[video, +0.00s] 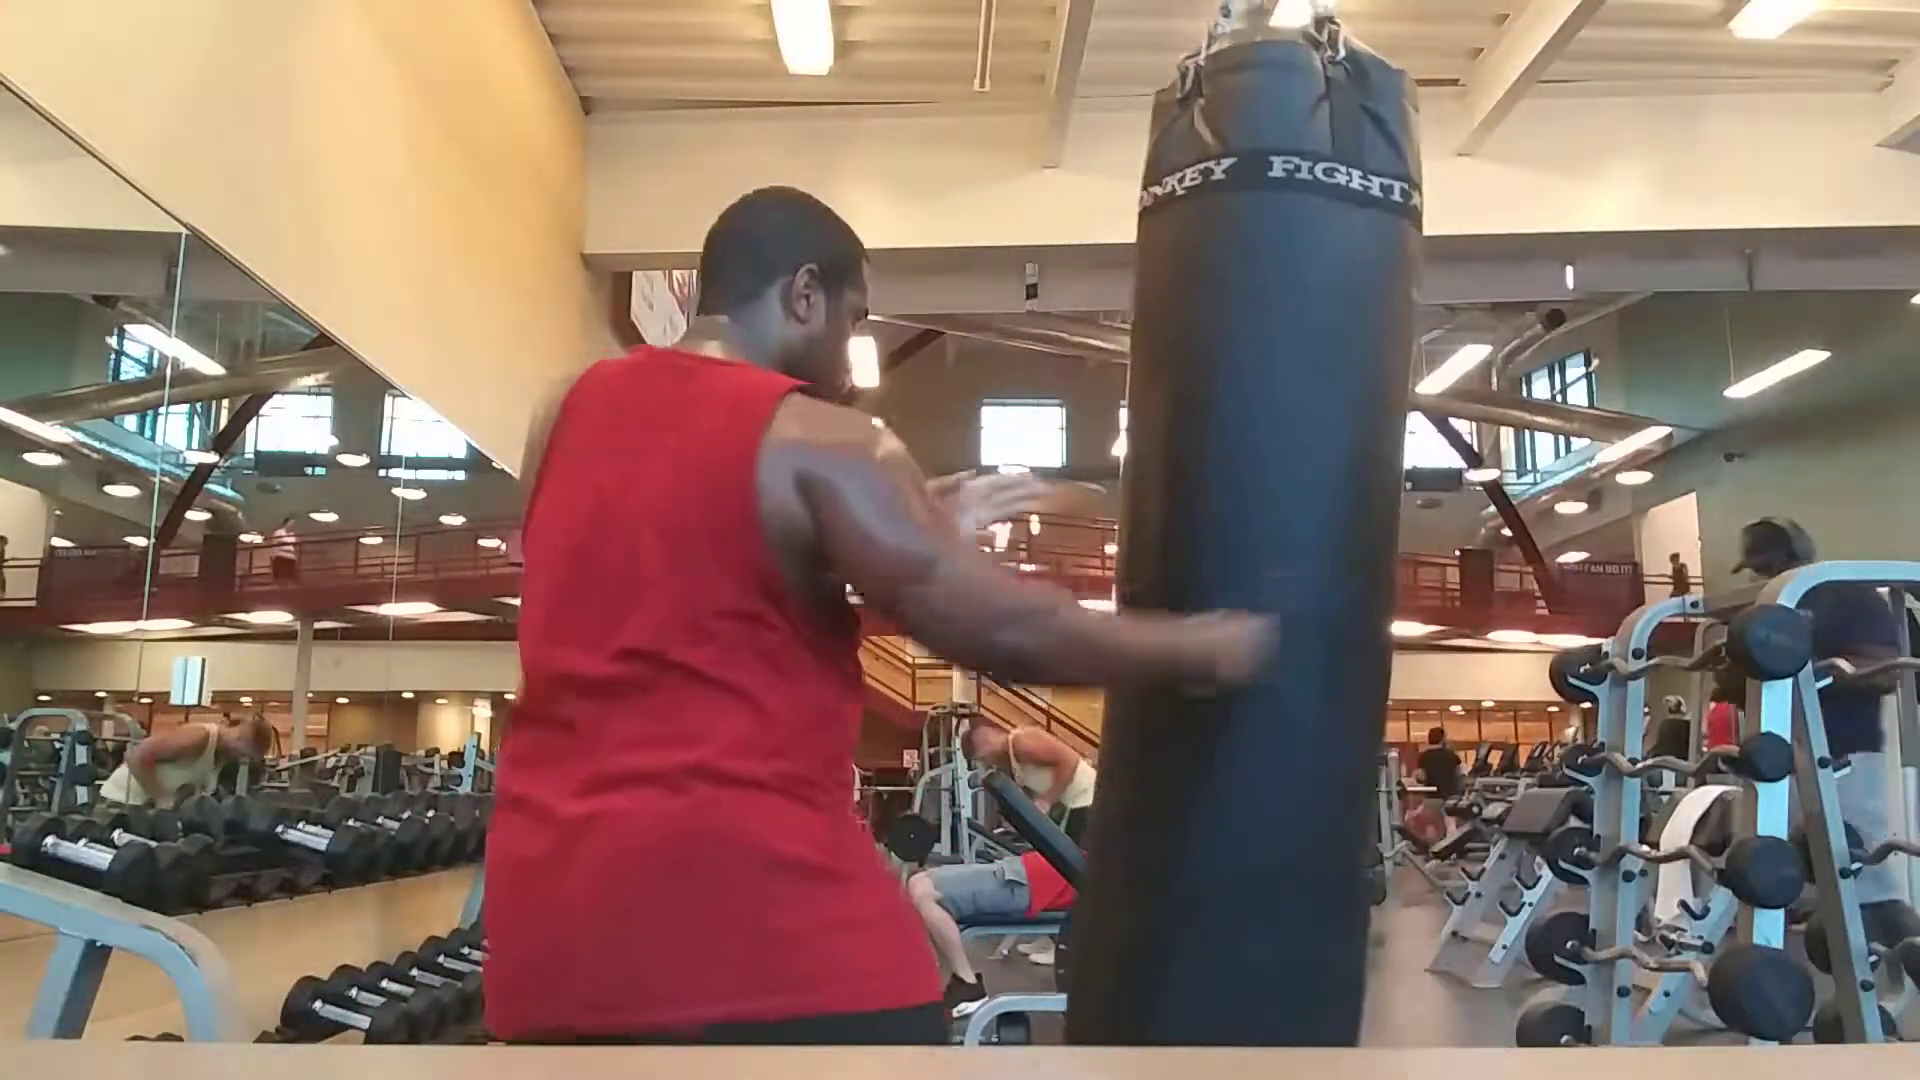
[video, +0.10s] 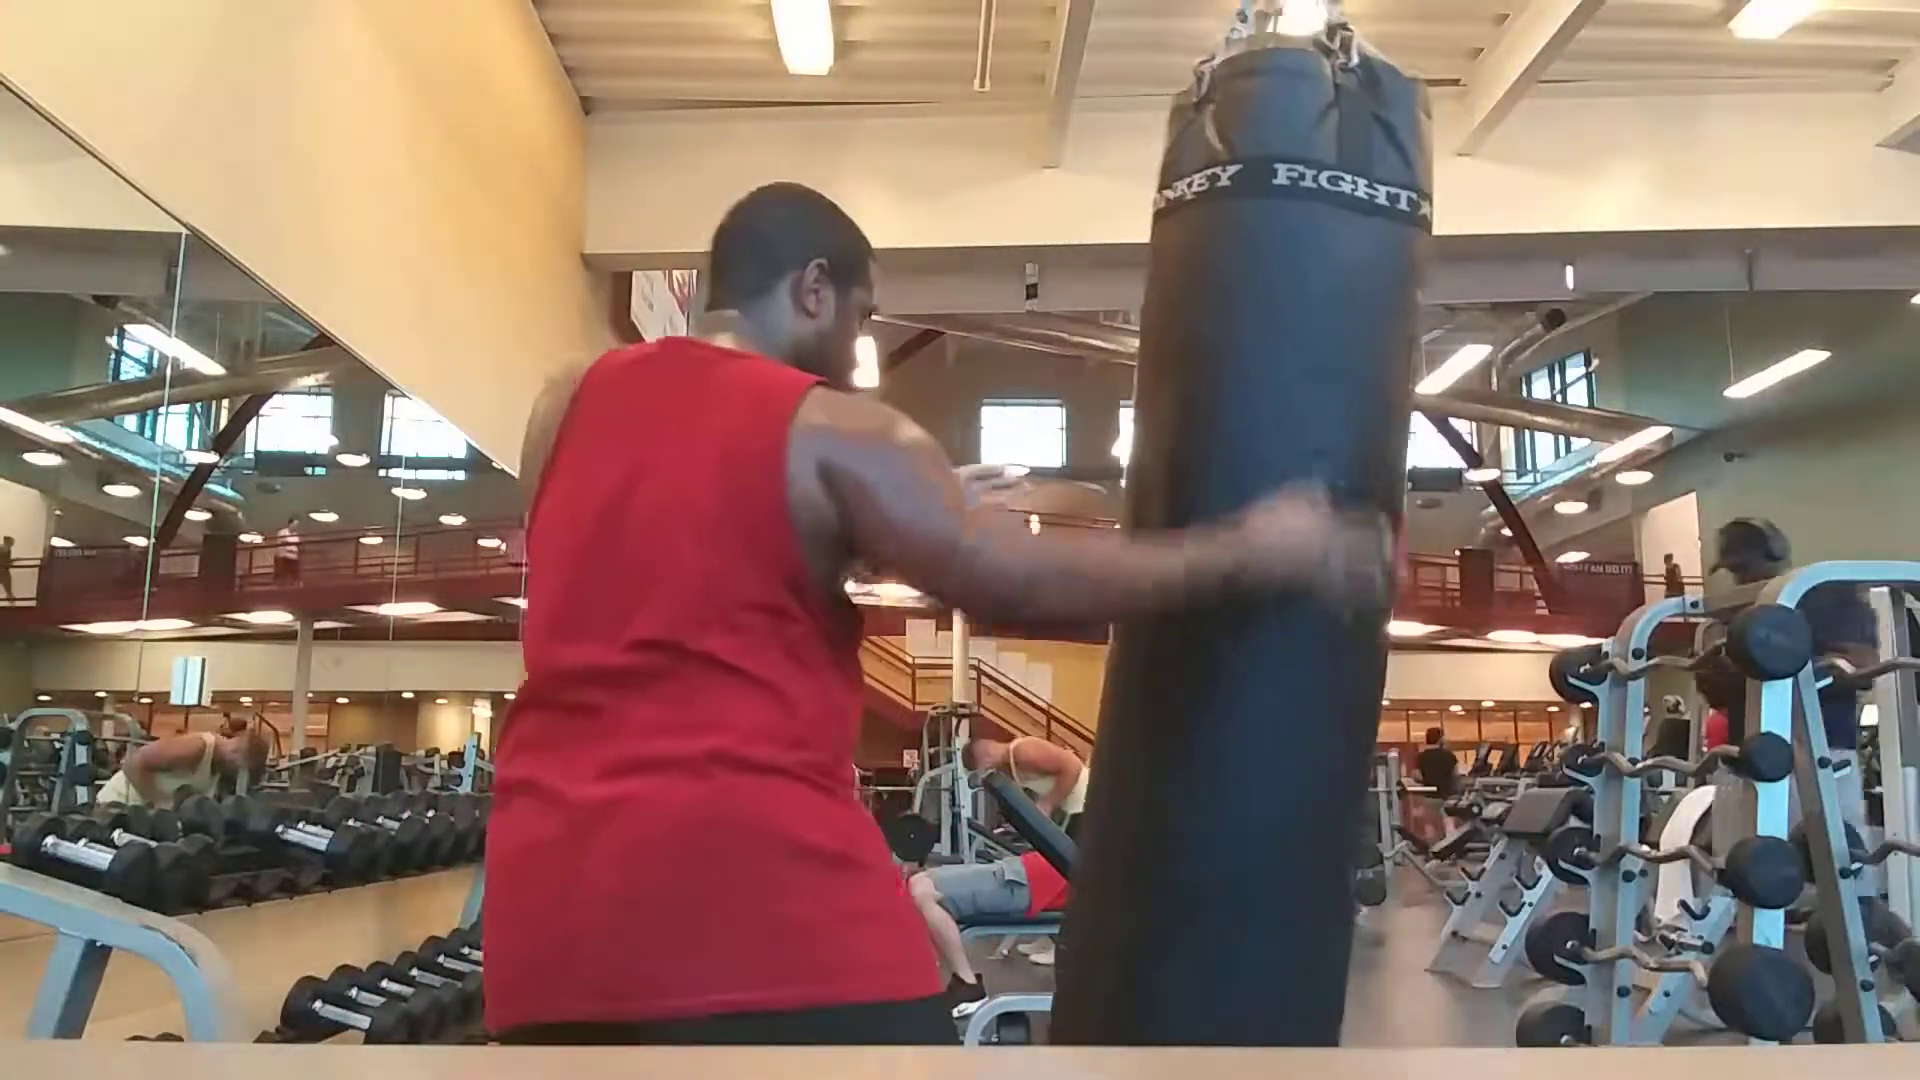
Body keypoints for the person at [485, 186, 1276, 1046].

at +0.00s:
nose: (851, 351)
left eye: (856, 325)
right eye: (853, 320)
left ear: (706, 293)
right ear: (805, 294)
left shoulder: (566, 410)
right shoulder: (820, 437)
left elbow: (706, 536)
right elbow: (1001, 630)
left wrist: (906, 515)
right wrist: (1200, 645)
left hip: (547, 900)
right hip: (758, 886)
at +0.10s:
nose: (865, 341)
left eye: (867, 318)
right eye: (864, 313)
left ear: (705, 292)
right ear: (814, 291)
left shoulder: (567, 399)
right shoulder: (836, 424)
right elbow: (1018, 580)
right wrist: (1246, 548)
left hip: (548, 903)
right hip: (768, 890)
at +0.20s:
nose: (884, 343)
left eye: (889, 324)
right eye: (884, 321)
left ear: (740, 293)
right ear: (836, 294)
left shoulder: (592, 403)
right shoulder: (859, 419)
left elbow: (562, 552)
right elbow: (1074, 550)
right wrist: (1224, 483)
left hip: (560, 896)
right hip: (787, 890)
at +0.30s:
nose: (922, 354)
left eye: (928, 332)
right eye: (924, 326)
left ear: (789, 294)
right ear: (875, 299)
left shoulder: (621, 420)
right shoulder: (908, 435)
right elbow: (1084, 599)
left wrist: (1015, 510)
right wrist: (1216, 498)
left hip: (602, 905)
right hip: (832, 891)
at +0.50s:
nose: (1032, 354)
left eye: (1040, 335)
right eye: (1035, 332)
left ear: (893, 302)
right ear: (987, 301)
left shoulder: (749, 422)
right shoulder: (1002, 415)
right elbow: (1163, 593)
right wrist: (1216, 521)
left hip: (729, 866)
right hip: (946, 860)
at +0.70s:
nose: (1055, 372)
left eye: (1061, 349)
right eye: (1054, 345)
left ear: (911, 326)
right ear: (1005, 321)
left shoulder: (776, 454)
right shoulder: (1032, 434)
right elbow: (1273, 587)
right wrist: (1302, 528)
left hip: (780, 923)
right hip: (1013, 909)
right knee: (1224, 1061)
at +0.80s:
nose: (1085, 365)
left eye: (1090, 343)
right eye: (1084, 341)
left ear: (950, 330)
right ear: (1045, 330)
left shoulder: (821, 462)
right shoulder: (1098, 456)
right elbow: (1310, 627)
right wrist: (1321, 537)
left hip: (830, 915)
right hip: (1059, 905)